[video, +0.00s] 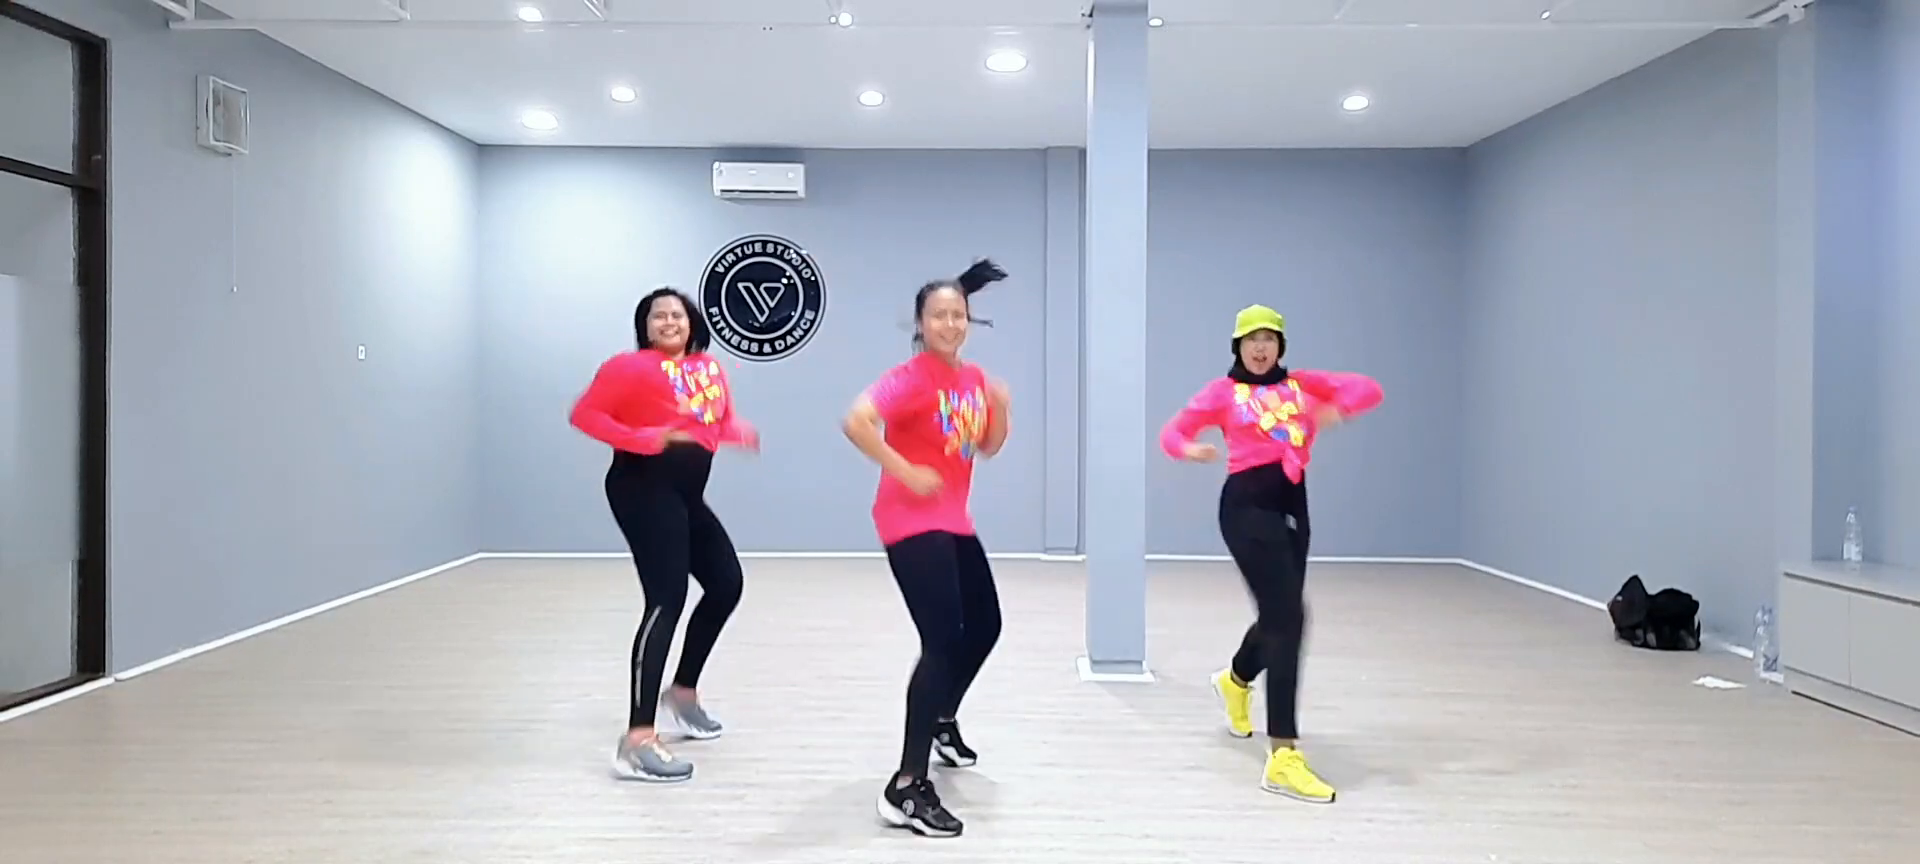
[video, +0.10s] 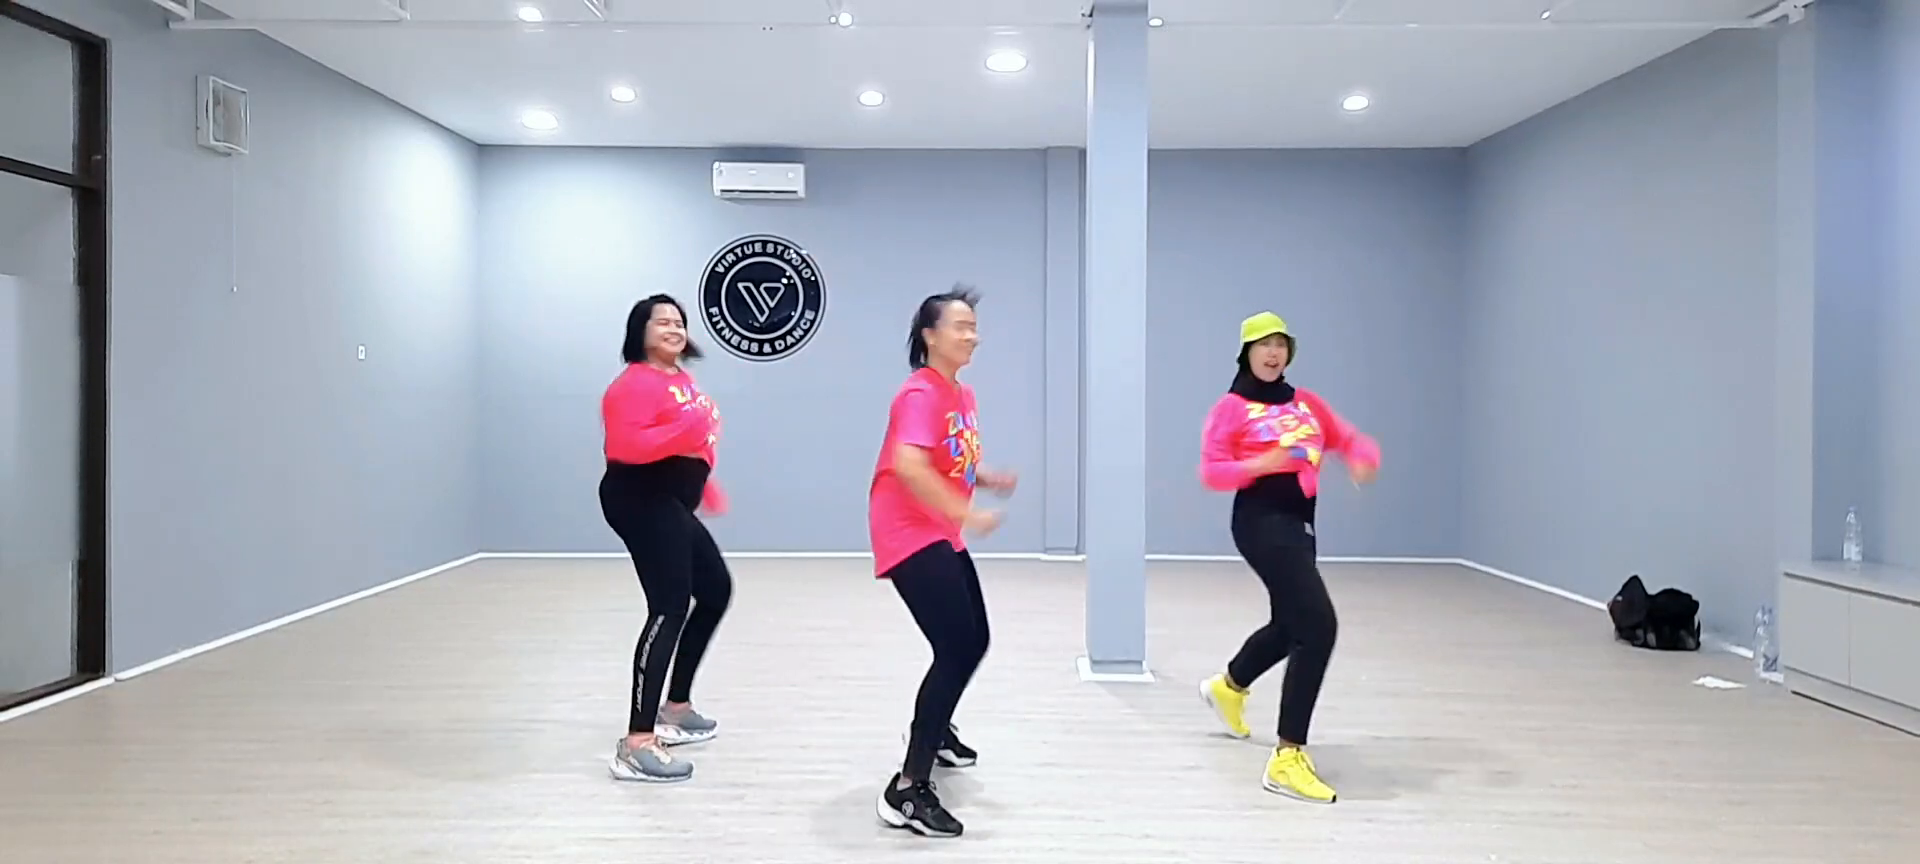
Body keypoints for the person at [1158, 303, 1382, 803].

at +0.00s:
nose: (1260, 348)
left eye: (1268, 340)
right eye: (1251, 340)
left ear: (1281, 346)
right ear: (1238, 347)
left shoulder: (1302, 384)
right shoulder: (1224, 392)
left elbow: (1370, 389)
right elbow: (1171, 434)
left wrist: (1336, 410)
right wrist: (1187, 450)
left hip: (1291, 505)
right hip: (1246, 505)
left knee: (1283, 610)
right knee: (1285, 613)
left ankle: (1237, 679)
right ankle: (1283, 754)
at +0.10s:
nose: (1274, 353)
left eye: (1281, 346)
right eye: (1264, 345)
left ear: (1289, 353)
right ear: (1246, 351)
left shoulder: (1306, 403)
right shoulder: (1230, 408)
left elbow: (1349, 440)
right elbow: (1212, 472)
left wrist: (1362, 457)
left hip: (1298, 526)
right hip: (1259, 523)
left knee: (1289, 626)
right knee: (1319, 627)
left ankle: (1228, 686)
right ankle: (1288, 757)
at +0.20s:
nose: (1297, 343)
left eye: (1299, 336)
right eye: (1288, 335)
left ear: (1296, 344)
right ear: (1263, 341)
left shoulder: (1286, 393)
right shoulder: (1251, 390)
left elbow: (1295, 459)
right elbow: (1256, 452)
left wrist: (1331, 487)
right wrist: (1314, 429)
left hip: (1288, 513)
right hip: (1276, 514)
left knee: (1289, 617)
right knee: (1327, 626)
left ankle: (1227, 702)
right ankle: (1289, 756)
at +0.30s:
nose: (1303, 335)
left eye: (1301, 327)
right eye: (1300, 328)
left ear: (1257, 332)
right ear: (1287, 330)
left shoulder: (1237, 377)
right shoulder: (1289, 368)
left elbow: (1214, 442)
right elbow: (1306, 422)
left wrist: (1247, 479)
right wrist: (1337, 415)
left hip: (1251, 493)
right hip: (1295, 489)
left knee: (1274, 602)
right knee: (1316, 612)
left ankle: (1256, 716)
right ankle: (1295, 742)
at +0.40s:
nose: (1301, 335)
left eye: (1296, 328)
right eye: (1299, 329)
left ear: (1253, 332)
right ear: (1293, 331)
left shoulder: (1222, 378)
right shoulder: (1315, 375)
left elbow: (1178, 424)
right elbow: (1343, 436)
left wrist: (1201, 458)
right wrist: (1328, 449)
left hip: (1247, 491)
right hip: (1304, 490)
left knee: (1265, 612)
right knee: (1317, 602)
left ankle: (1291, 728)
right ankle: (1320, 710)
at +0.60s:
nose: (1242, 343)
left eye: (1245, 338)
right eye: (1245, 337)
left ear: (1255, 341)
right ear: (1287, 339)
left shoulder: (1248, 379)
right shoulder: (1305, 388)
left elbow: (1202, 425)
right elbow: (1328, 457)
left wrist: (1182, 392)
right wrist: (1303, 494)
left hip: (1247, 492)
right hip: (1294, 493)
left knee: (1256, 616)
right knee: (1275, 601)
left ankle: (1290, 731)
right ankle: (1328, 675)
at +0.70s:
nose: (1235, 327)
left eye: (1241, 321)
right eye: (1238, 320)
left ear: (1256, 327)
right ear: (1272, 327)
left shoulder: (1264, 365)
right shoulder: (1277, 366)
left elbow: (1228, 415)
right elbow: (1302, 436)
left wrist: (1203, 383)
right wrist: (1284, 470)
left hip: (1261, 490)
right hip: (1270, 487)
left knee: (1261, 607)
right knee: (1225, 580)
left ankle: (1291, 725)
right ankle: (1282, 690)